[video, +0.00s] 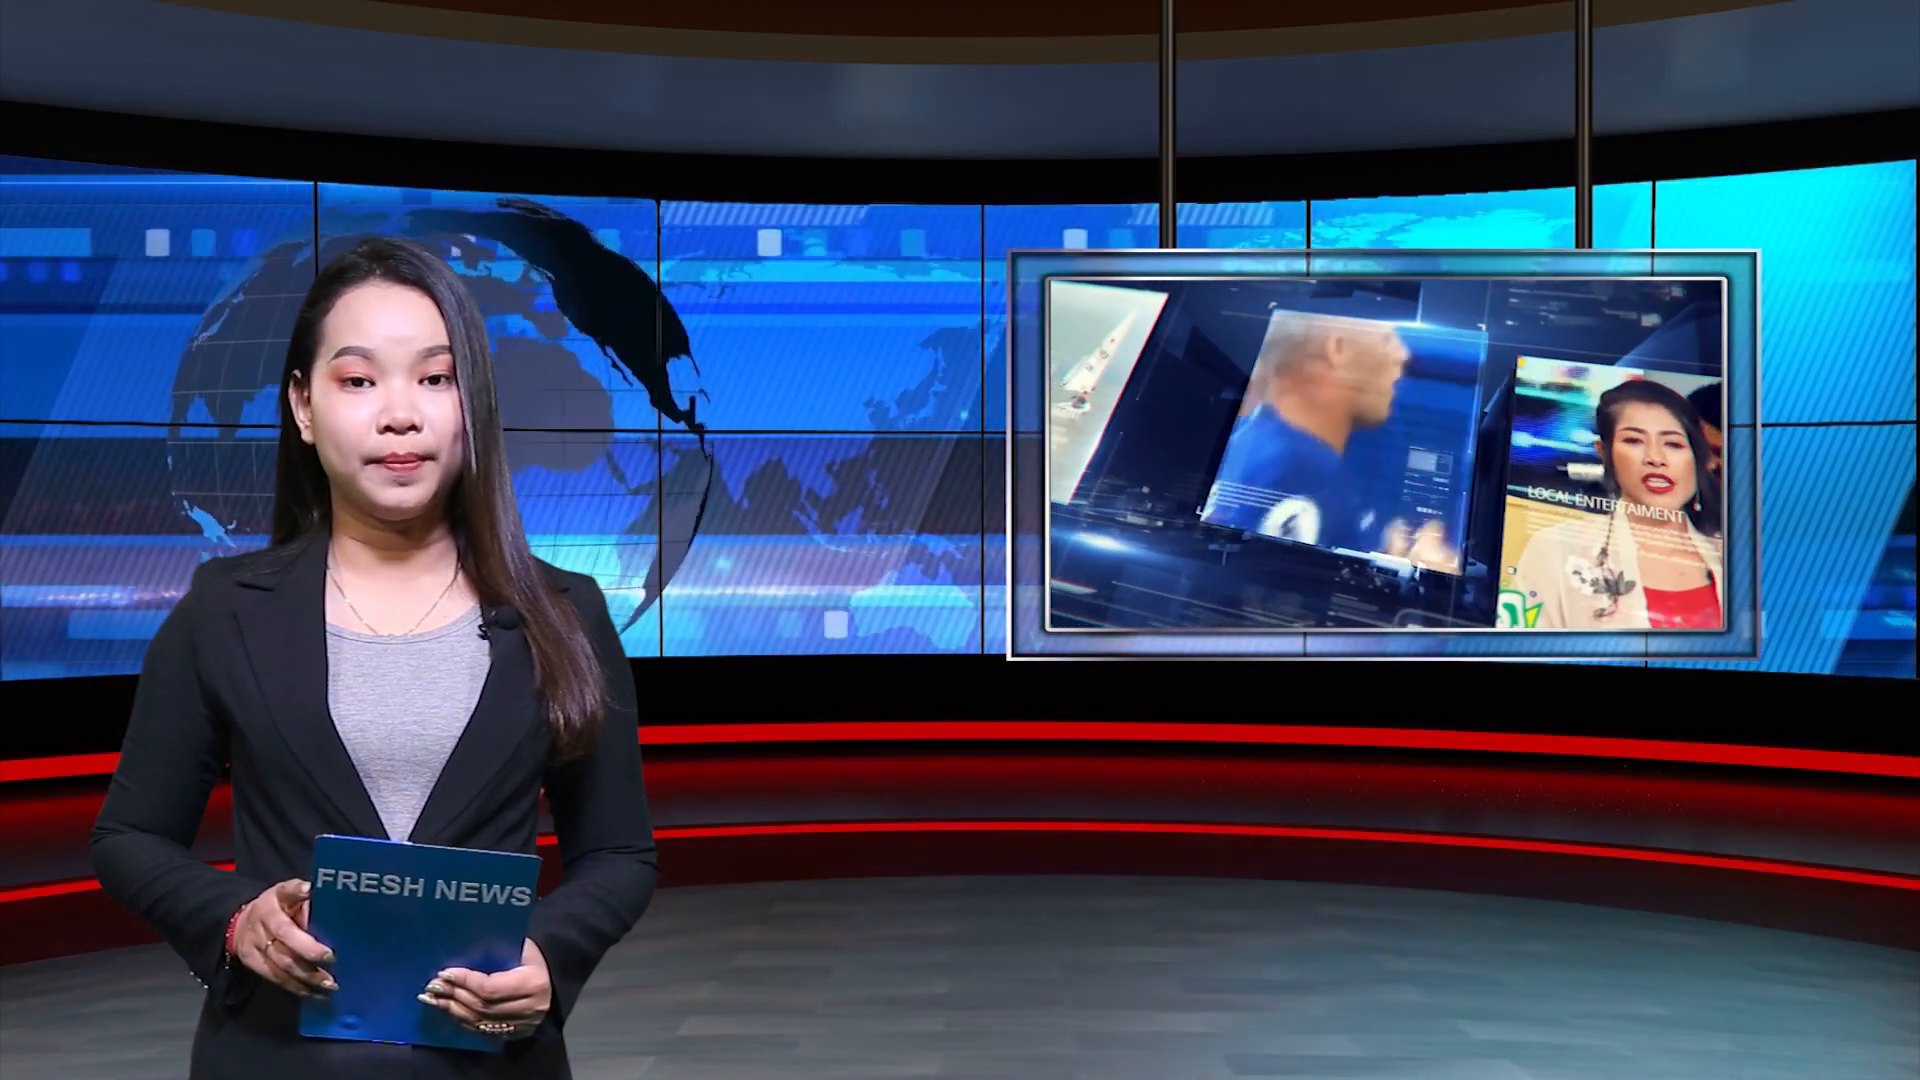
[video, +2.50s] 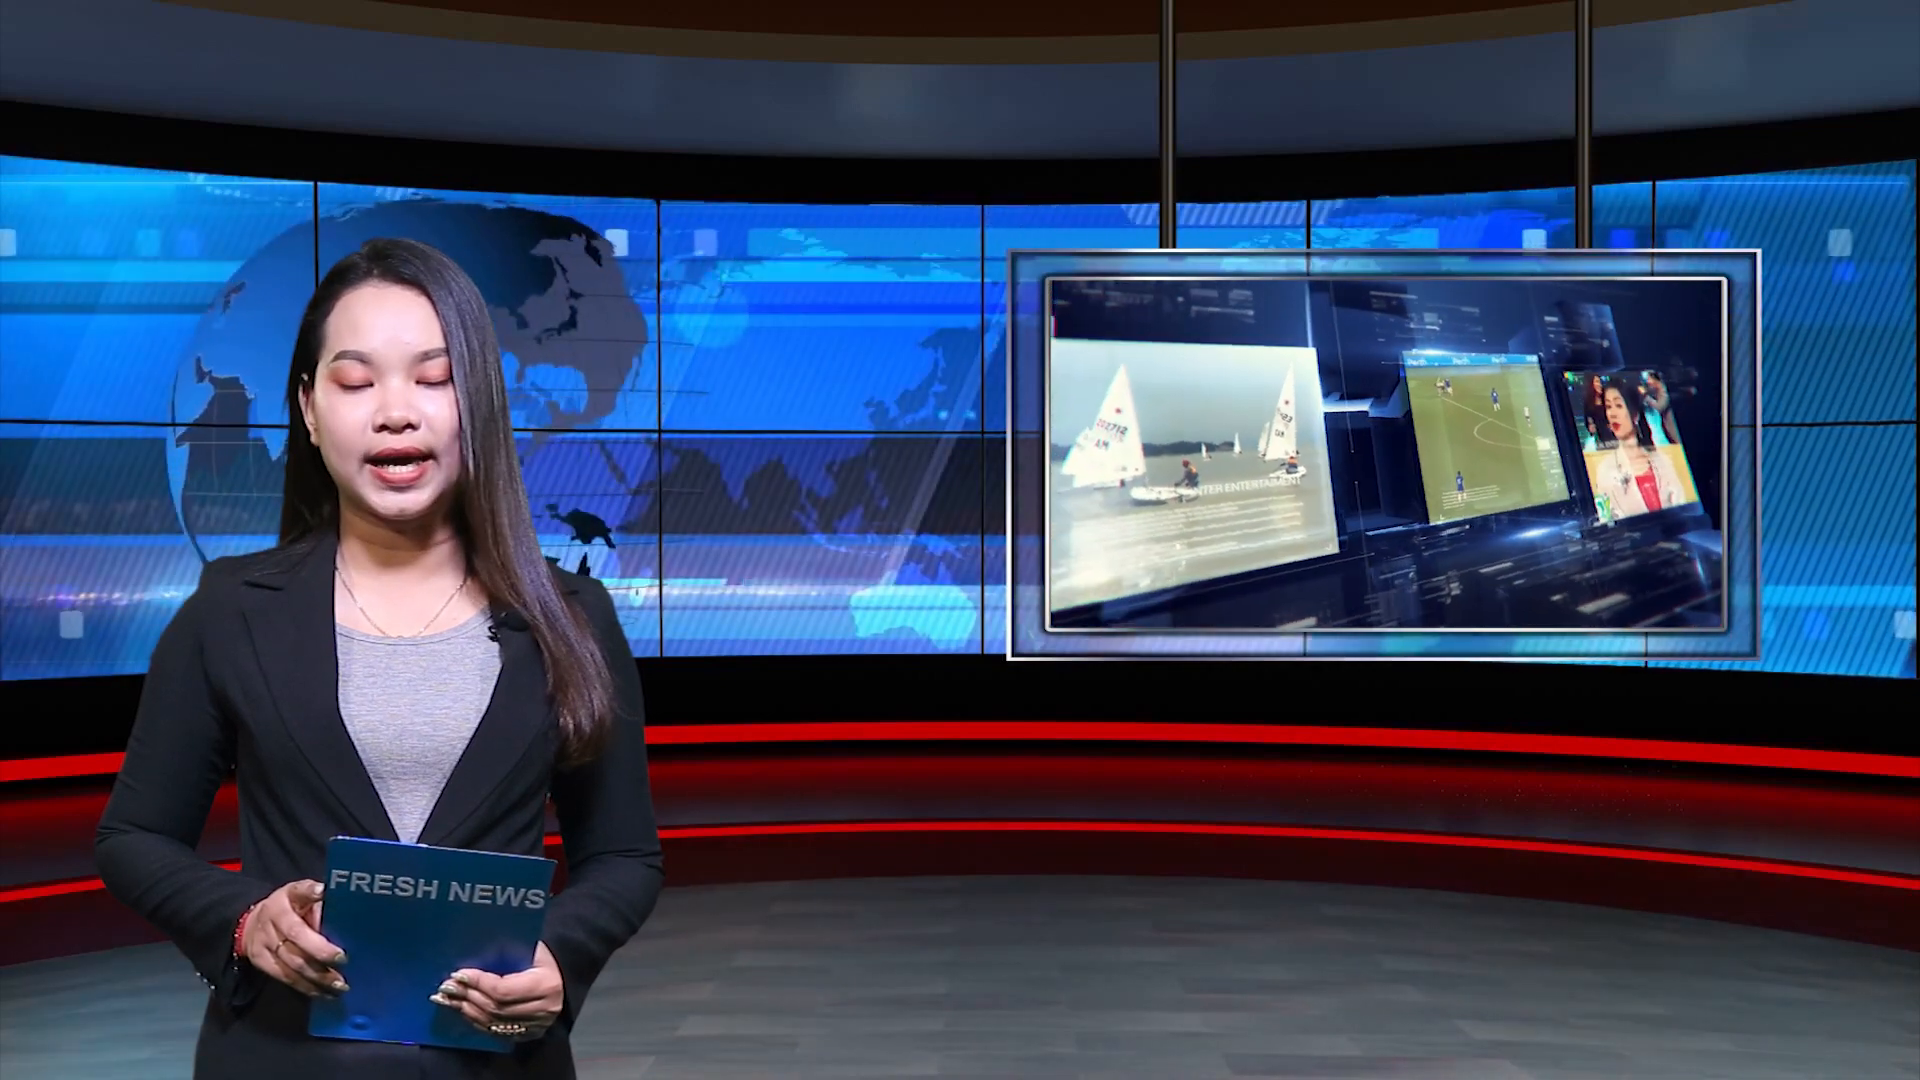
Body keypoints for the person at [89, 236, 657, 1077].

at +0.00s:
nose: (401, 414)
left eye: (433, 376)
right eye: (358, 378)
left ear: (470, 405)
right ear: (303, 409)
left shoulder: (560, 614)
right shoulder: (225, 613)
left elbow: (617, 855)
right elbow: (129, 838)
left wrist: (546, 958)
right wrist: (231, 916)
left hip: (492, 1050)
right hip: (279, 1052)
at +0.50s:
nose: (401, 422)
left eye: (435, 382)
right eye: (359, 384)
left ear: (472, 407)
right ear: (305, 410)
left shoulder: (560, 617)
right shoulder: (228, 614)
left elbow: (618, 857)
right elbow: (129, 839)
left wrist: (547, 958)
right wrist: (232, 914)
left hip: (492, 1051)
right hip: (278, 1053)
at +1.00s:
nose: (402, 416)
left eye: (436, 379)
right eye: (359, 380)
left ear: (475, 404)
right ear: (307, 409)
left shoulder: (562, 616)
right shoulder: (230, 613)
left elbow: (620, 857)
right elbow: (131, 839)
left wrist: (549, 960)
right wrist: (235, 915)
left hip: (493, 1051)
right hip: (280, 1054)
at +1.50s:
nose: (408, 412)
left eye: (442, 376)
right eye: (367, 376)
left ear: (480, 405)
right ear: (312, 407)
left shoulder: (565, 614)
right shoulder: (233, 613)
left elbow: (623, 855)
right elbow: (132, 838)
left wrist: (555, 959)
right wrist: (239, 917)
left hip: (498, 1050)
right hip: (284, 1052)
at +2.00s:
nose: (388, 409)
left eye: (425, 373)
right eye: (348, 377)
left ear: (476, 397)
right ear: (308, 408)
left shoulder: (568, 617)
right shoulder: (234, 614)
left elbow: (625, 857)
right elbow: (134, 838)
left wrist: (555, 960)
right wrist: (239, 916)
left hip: (497, 1052)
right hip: (282, 1053)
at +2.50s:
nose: (396, 413)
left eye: (432, 375)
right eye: (355, 379)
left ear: (476, 400)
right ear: (310, 411)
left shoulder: (566, 618)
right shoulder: (234, 612)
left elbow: (622, 856)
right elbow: (133, 838)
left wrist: (556, 960)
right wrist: (240, 915)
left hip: (499, 1052)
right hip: (282, 1054)